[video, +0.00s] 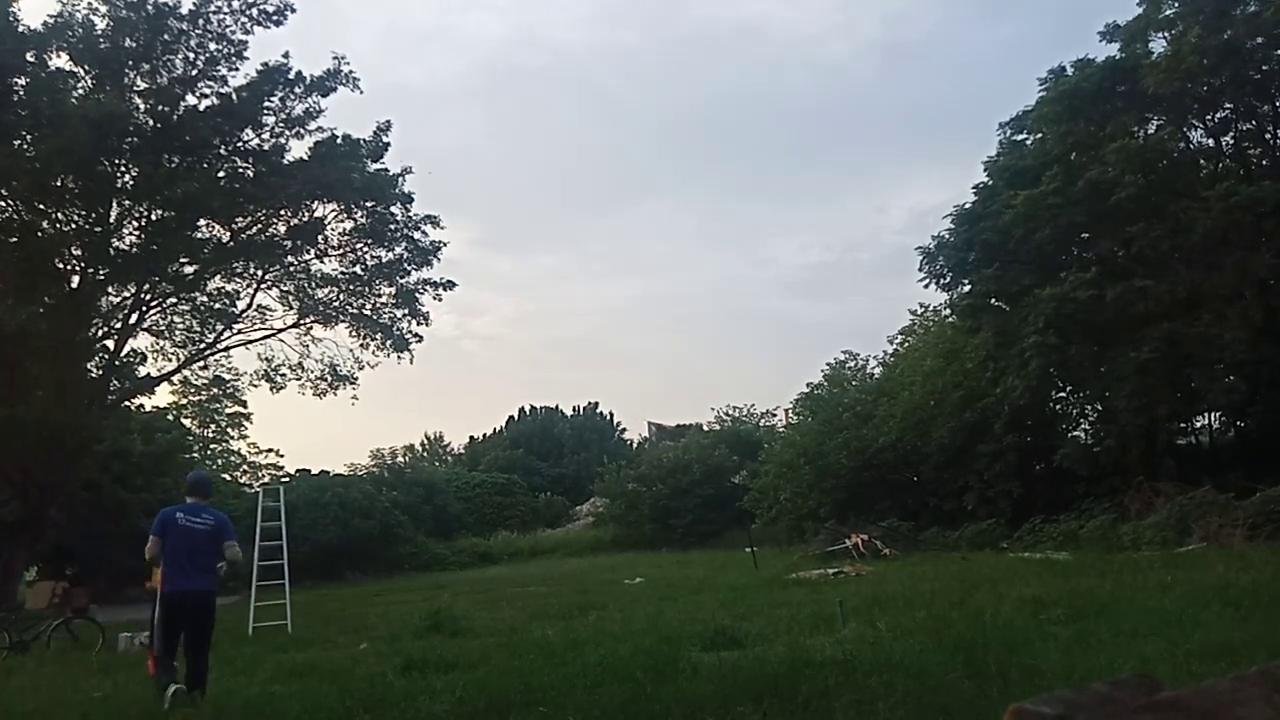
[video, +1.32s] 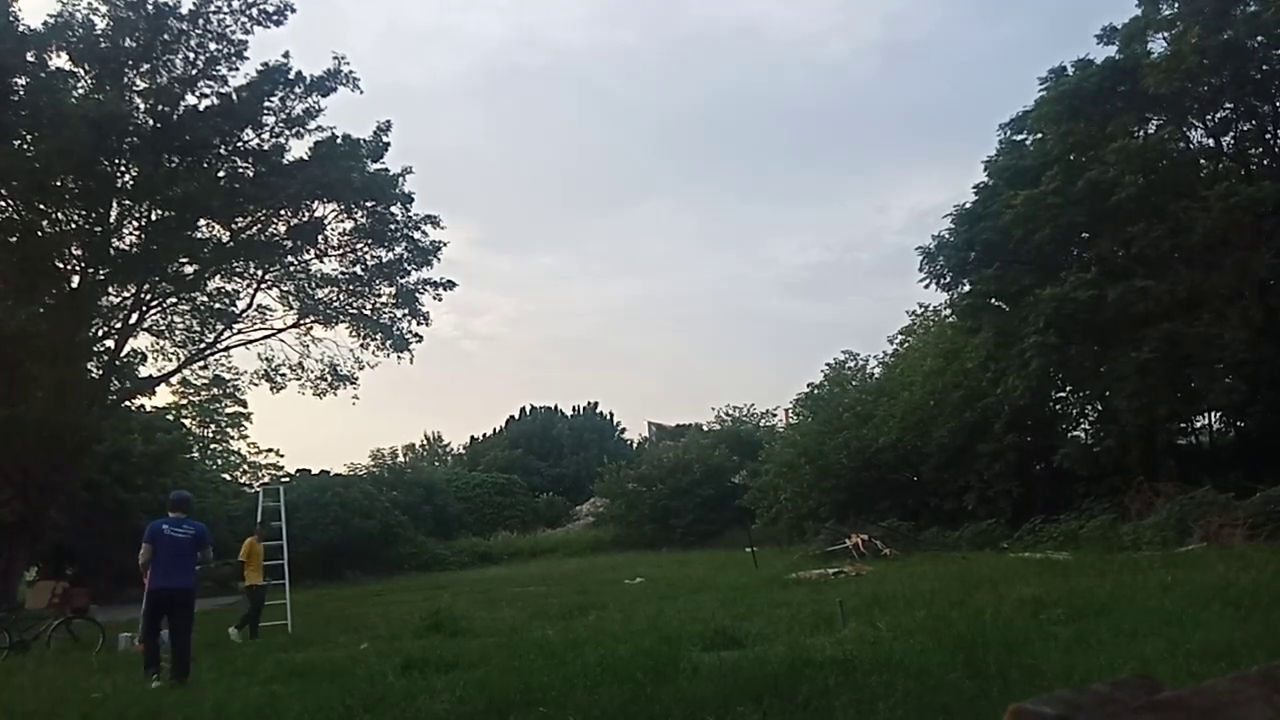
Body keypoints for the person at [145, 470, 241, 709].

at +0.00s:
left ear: (185, 492)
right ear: (209, 494)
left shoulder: (167, 515)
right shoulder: (219, 520)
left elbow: (151, 553)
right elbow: (234, 555)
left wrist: (167, 554)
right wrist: (223, 562)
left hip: (172, 596)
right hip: (204, 597)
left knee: (164, 650)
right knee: (198, 650)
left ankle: (170, 686)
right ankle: (196, 700)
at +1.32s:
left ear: (168, 507)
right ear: (188, 508)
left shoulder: (156, 527)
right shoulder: (199, 529)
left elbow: (144, 557)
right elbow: (208, 558)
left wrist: (144, 572)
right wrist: (192, 561)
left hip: (158, 590)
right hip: (184, 590)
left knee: (150, 632)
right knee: (182, 635)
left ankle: (153, 673)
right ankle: (180, 677)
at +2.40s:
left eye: (147, 519)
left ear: (146, 520)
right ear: (163, 521)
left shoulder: (135, 536)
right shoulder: (171, 538)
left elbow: (109, 558)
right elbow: (176, 557)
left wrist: (128, 562)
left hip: (136, 591)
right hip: (160, 592)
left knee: (128, 628)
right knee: (156, 633)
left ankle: (128, 667)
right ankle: (154, 668)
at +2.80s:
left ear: (128, 528)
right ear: (144, 528)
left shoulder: (117, 546)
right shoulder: (152, 543)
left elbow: (110, 572)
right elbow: (164, 567)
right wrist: (169, 585)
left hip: (124, 597)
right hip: (147, 595)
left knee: (120, 633)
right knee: (145, 628)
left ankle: (120, 668)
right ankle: (142, 651)